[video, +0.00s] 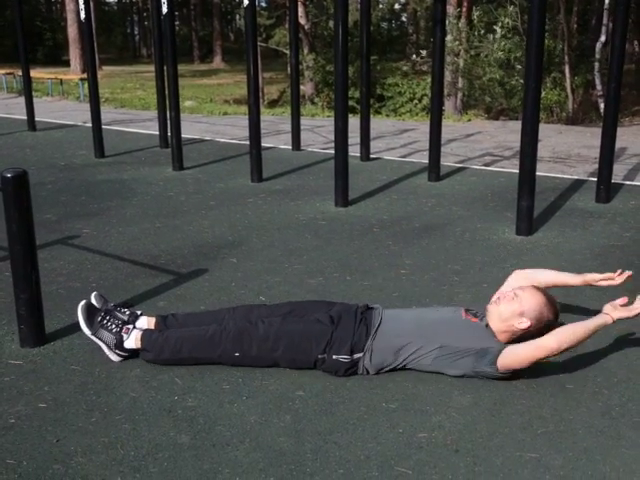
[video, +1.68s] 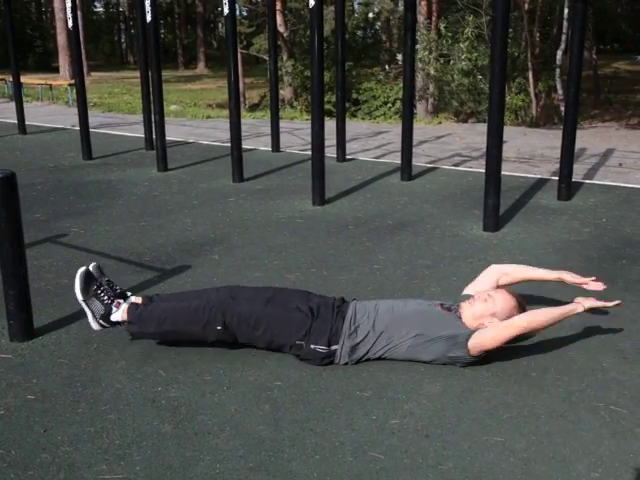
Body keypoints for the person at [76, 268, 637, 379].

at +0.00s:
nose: (514, 292)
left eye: (523, 298)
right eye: (523, 293)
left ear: (518, 323)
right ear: (511, 302)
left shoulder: (488, 352)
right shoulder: (482, 315)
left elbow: (549, 345)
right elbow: (531, 278)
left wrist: (606, 318)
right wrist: (595, 284)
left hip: (348, 341)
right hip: (353, 315)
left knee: (242, 335)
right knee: (244, 318)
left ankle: (132, 342)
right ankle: (140, 327)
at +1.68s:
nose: (483, 293)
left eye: (494, 296)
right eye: (490, 292)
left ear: (497, 317)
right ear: (485, 300)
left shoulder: (466, 338)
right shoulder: (460, 314)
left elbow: (519, 320)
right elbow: (500, 274)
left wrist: (578, 308)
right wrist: (567, 281)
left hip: (328, 332)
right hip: (330, 310)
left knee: (226, 315)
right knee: (228, 298)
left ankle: (117, 314)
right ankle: (126, 307)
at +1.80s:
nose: (476, 277)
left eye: (485, 280)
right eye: (479, 274)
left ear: (490, 300)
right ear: (475, 288)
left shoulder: (459, 331)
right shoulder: (450, 302)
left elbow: (470, 271)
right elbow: (454, 237)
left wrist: (515, 226)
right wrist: (505, 201)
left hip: (333, 333)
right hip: (333, 311)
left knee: (230, 288)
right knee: (233, 282)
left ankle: (121, 291)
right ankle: (134, 279)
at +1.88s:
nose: (450, 269)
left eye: (459, 270)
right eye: (456, 267)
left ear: (470, 292)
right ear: (464, 285)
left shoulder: (446, 322)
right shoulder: (441, 303)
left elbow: (431, 252)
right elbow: (422, 237)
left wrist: (446, 189)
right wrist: (443, 183)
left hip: (330, 335)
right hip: (335, 313)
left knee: (238, 268)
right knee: (240, 261)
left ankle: (128, 274)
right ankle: (142, 264)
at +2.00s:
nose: (415, 246)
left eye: (426, 244)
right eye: (422, 240)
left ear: (445, 262)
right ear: (438, 257)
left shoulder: (424, 296)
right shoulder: (425, 282)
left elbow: (374, 240)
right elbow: (386, 215)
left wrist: (354, 172)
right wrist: (367, 157)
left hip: (327, 335)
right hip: (332, 314)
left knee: (260, 248)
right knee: (264, 242)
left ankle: (145, 235)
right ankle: (163, 229)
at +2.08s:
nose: (387, 237)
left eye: (396, 235)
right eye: (392, 231)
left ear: (420, 250)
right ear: (419, 247)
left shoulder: (408, 280)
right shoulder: (409, 265)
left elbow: (347, 236)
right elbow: (361, 206)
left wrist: (309, 173)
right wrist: (324, 154)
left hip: (326, 339)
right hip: (332, 318)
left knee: (277, 242)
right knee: (282, 230)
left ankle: (167, 210)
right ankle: (180, 204)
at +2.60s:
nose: (404, 250)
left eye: (413, 246)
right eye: (408, 243)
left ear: (432, 264)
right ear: (420, 258)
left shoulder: (424, 307)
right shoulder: (412, 284)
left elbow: (395, 272)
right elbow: (387, 230)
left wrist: (389, 188)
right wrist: (378, 176)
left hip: (312, 339)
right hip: (317, 312)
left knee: (244, 271)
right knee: (250, 251)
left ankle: (125, 277)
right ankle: (141, 251)